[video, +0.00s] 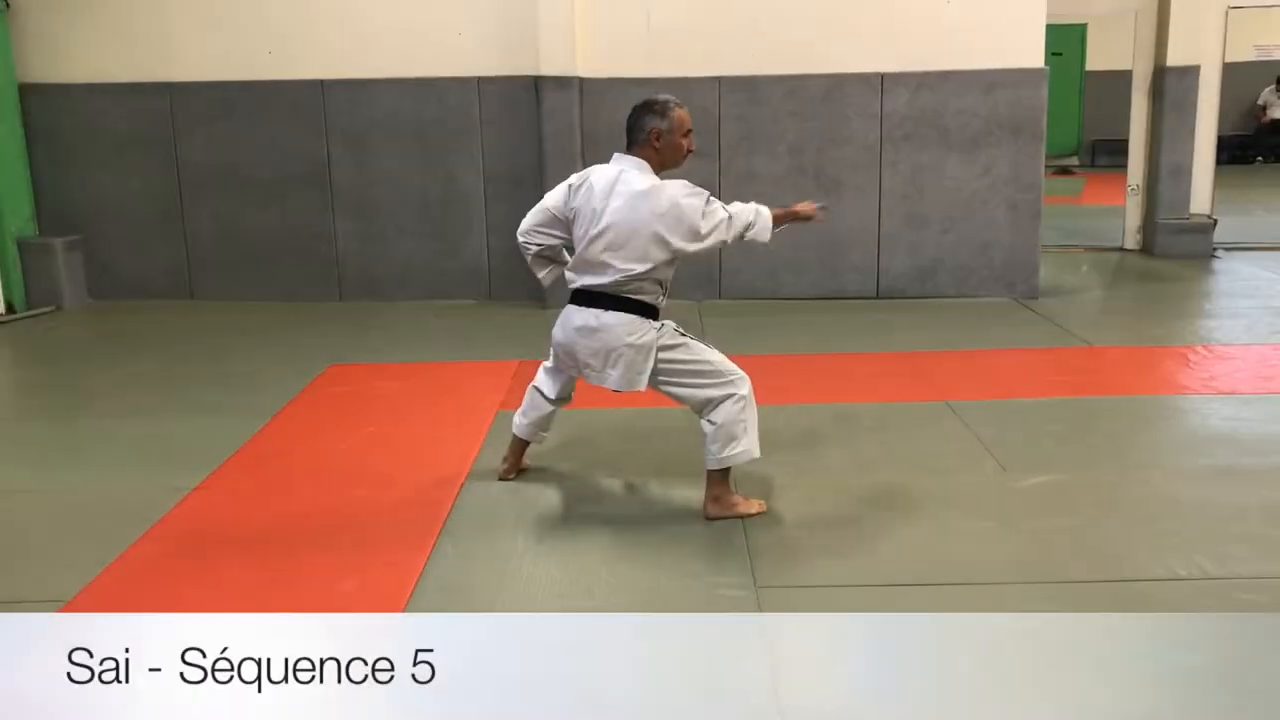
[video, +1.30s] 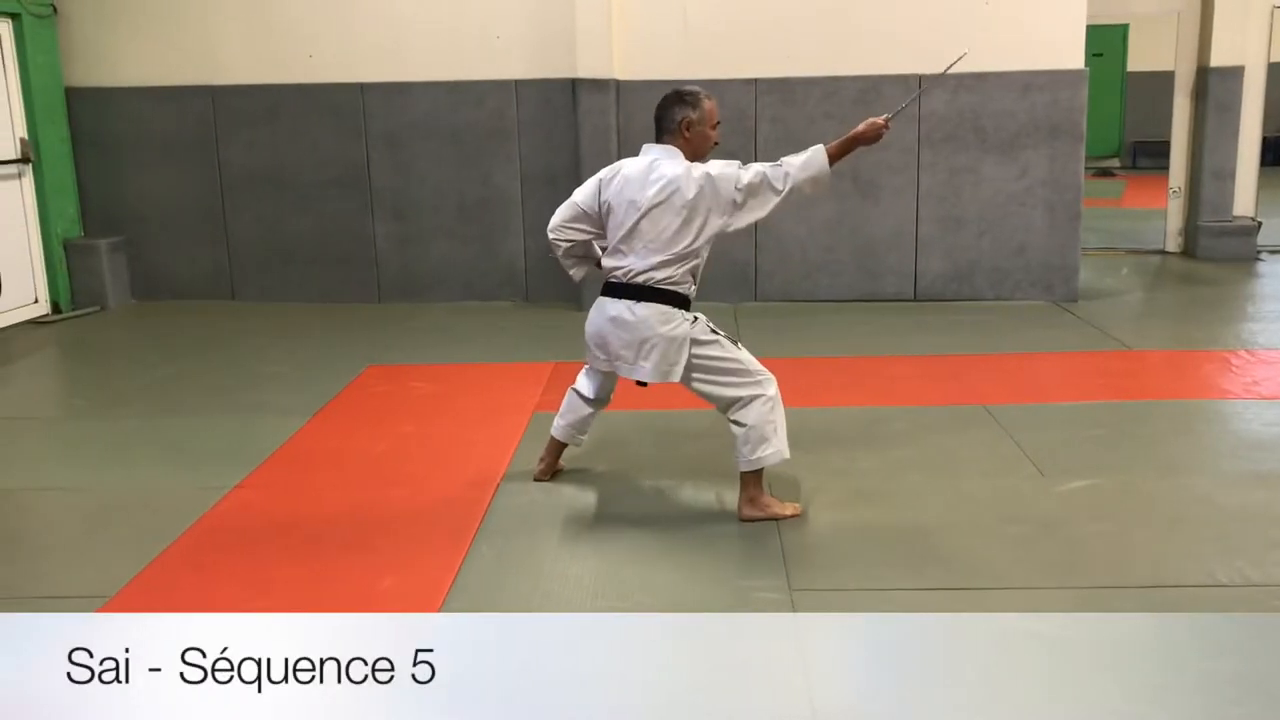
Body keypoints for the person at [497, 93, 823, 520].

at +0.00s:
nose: (692, 145)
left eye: (691, 135)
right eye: (685, 136)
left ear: (646, 139)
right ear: (654, 139)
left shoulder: (585, 181)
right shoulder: (673, 197)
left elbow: (532, 233)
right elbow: (734, 220)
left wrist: (572, 278)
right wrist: (788, 214)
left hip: (574, 322)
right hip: (633, 331)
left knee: (555, 374)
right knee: (730, 385)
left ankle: (511, 459)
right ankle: (719, 496)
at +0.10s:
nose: (686, 143)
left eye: (685, 133)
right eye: (679, 133)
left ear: (642, 137)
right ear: (651, 136)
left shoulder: (582, 182)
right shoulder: (673, 194)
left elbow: (527, 235)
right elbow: (727, 225)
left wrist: (568, 277)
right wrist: (734, 225)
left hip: (576, 324)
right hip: (638, 330)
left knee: (554, 377)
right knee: (732, 387)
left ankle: (512, 459)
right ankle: (721, 495)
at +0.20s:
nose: (676, 144)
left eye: (676, 134)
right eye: (672, 134)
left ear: (626, 137)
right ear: (647, 137)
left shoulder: (578, 181)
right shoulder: (677, 192)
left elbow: (527, 236)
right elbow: (698, 244)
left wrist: (562, 269)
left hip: (579, 325)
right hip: (644, 328)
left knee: (554, 378)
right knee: (734, 388)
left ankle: (514, 461)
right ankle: (723, 493)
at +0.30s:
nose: (667, 145)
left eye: (668, 137)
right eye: (664, 137)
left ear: (616, 140)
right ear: (646, 139)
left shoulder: (578, 181)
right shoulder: (669, 190)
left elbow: (537, 234)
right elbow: (671, 252)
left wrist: (555, 286)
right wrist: (590, 270)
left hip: (584, 327)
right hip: (650, 325)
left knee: (557, 377)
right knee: (734, 389)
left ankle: (516, 461)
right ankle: (724, 492)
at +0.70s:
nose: (688, 139)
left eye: (688, 131)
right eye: (685, 131)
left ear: (637, 134)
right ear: (664, 133)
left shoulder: (595, 177)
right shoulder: (693, 182)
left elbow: (545, 232)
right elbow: (710, 213)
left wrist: (575, 263)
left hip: (594, 318)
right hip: (655, 323)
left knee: (574, 380)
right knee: (743, 388)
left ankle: (529, 460)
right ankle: (738, 494)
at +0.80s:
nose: (698, 138)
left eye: (698, 129)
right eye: (693, 128)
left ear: (649, 133)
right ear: (670, 132)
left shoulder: (600, 177)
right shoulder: (687, 178)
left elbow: (547, 231)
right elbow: (757, 185)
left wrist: (586, 269)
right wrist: (795, 169)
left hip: (592, 314)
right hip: (649, 321)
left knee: (580, 376)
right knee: (744, 386)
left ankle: (534, 460)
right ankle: (740, 496)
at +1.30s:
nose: (718, 136)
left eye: (717, 126)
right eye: (713, 126)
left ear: (675, 128)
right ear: (685, 129)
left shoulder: (617, 174)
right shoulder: (710, 179)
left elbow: (562, 231)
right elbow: (785, 173)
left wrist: (608, 271)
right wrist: (853, 139)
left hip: (607, 314)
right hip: (664, 321)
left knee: (594, 380)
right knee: (756, 387)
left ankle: (547, 461)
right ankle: (754, 496)